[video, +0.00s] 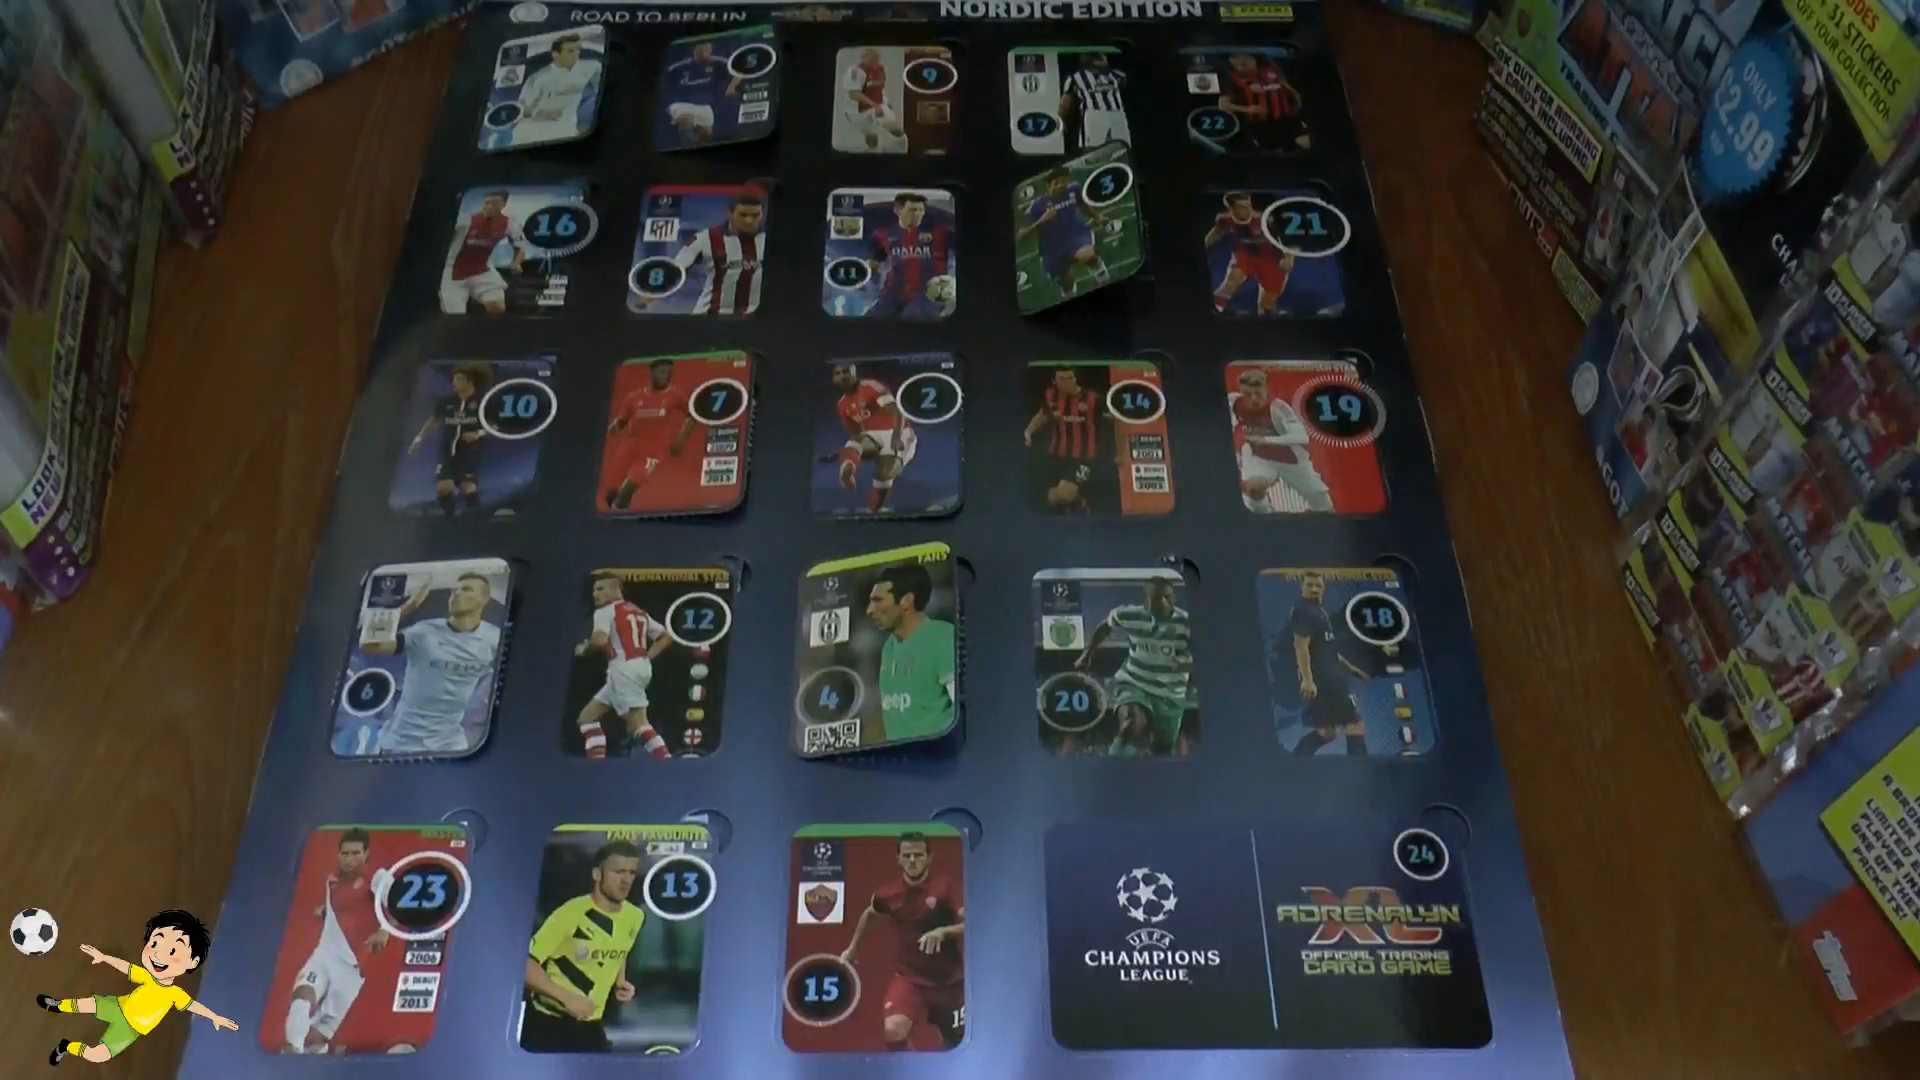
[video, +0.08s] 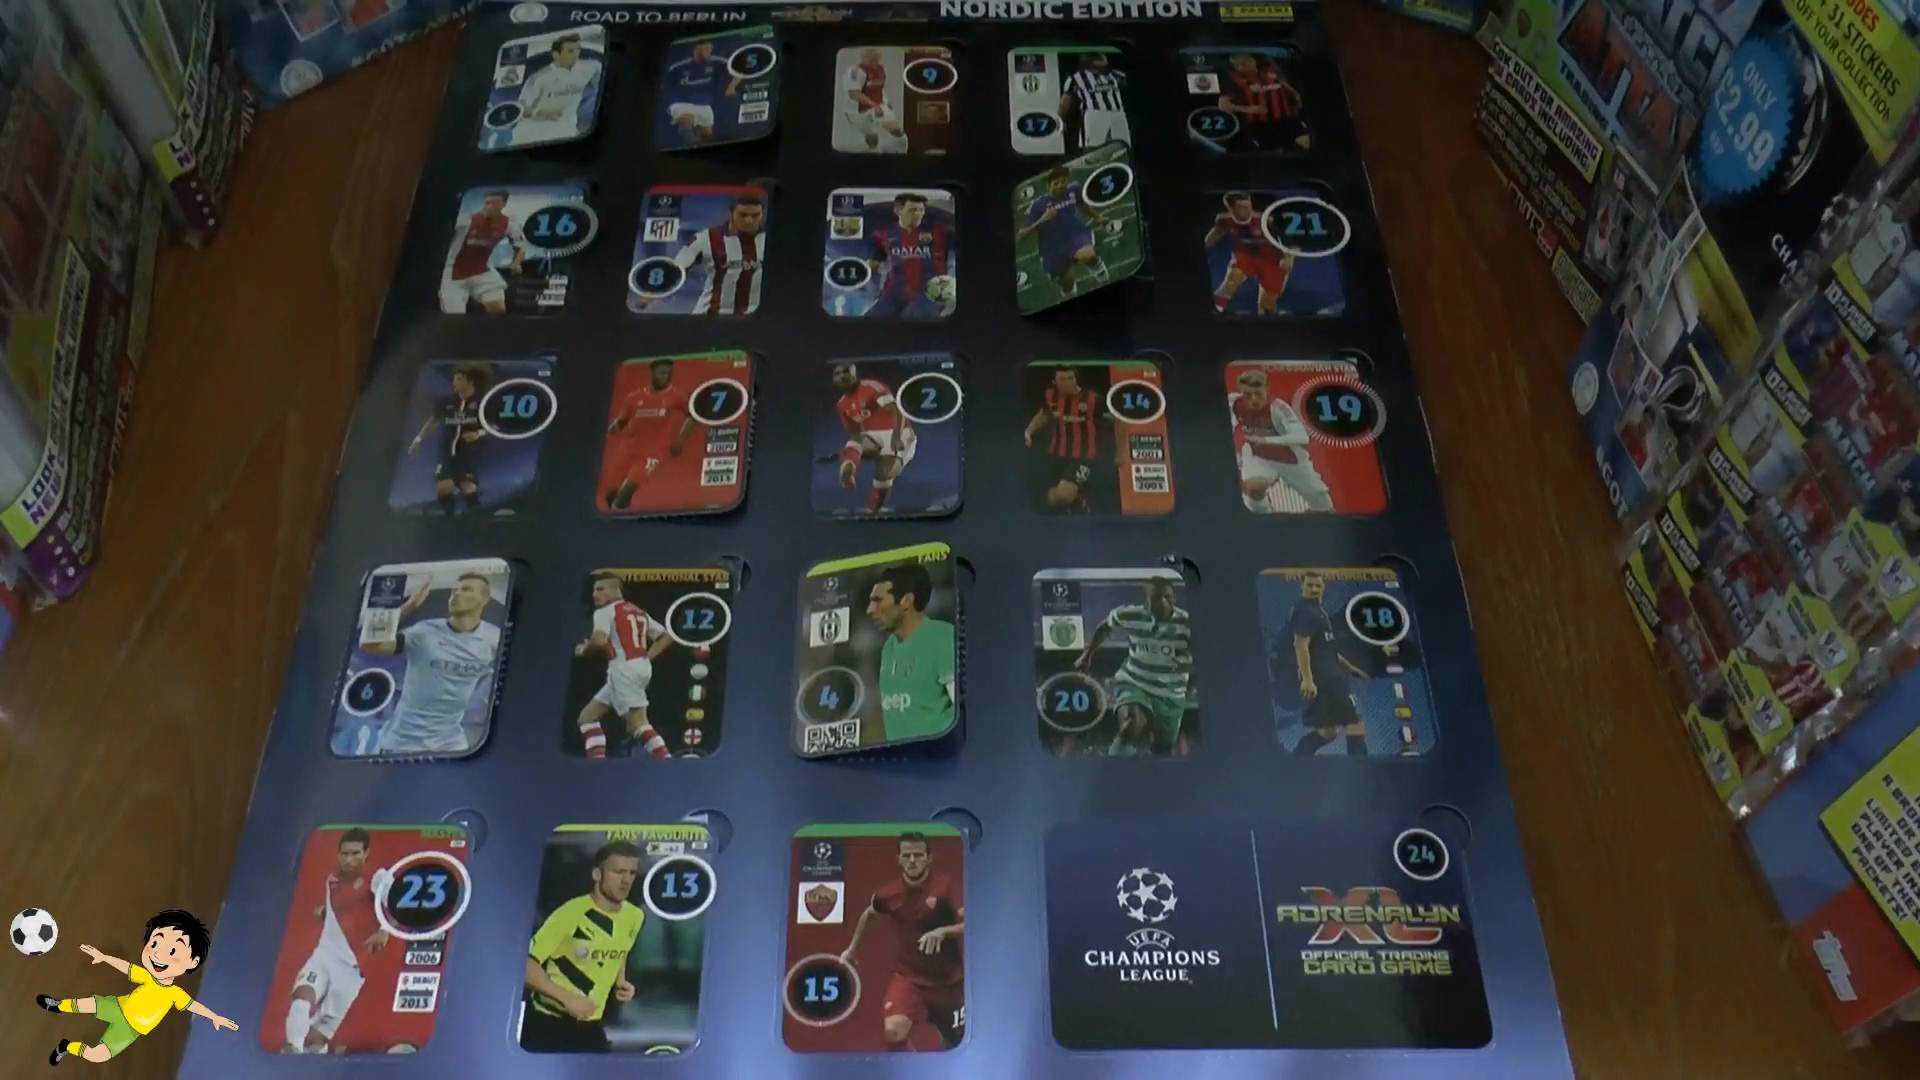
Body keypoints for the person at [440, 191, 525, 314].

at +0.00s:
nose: (489, 207)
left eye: (494, 203)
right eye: (487, 203)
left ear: (503, 205)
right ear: (483, 204)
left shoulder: (507, 224)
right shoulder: (468, 221)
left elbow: (521, 247)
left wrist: (516, 263)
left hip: (481, 270)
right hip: (455, 272)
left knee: (497, 308)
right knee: (455, 320)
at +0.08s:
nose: (489, 207)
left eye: (494, 203)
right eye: (487, 203)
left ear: (503, 205)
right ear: (483, 204)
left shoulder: (507, 224)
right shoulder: (469, 221)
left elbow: (521, 247)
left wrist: (516, 263)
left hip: (482, 271)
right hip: (454, 273)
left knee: (497, 309)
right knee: (455, 321)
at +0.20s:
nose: (489, 207)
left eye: (494, 203)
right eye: (487, 203)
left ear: (502, 205)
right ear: (483, 204)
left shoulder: (508, 225)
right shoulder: (468, 221)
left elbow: (520, 248)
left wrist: (516, 263)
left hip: (482, 271)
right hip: (455, 273)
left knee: (497, 310)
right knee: (455, 321)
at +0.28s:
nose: (489, 207)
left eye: (494, 203)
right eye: (487, 203)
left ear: (502, 205)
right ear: (483, 204)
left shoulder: (508, 225)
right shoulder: (468, 221)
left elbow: (520, 247)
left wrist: (516, 263)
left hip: (482, 271)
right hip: (455, 272)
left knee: (497, 310)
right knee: (455, 320)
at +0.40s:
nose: (489, 207)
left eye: (494, 203)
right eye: (487, 203)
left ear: (502, 205)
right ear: (483, 204)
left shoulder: (508, 225)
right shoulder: (468, 221)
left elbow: (520, 247)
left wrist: (516, 263)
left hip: (482, 271)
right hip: (455, 273)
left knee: (496, 309)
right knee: (454, 320)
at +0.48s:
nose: (489, 207)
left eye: (494, 203)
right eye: (487, 203)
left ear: (502, 205)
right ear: (483, 204)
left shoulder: (508, 224)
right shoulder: (468, 221)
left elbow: (519, 247)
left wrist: (516, 262)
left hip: (481, 270)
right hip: (455, 272)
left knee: (496, 309)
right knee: (454, 320)